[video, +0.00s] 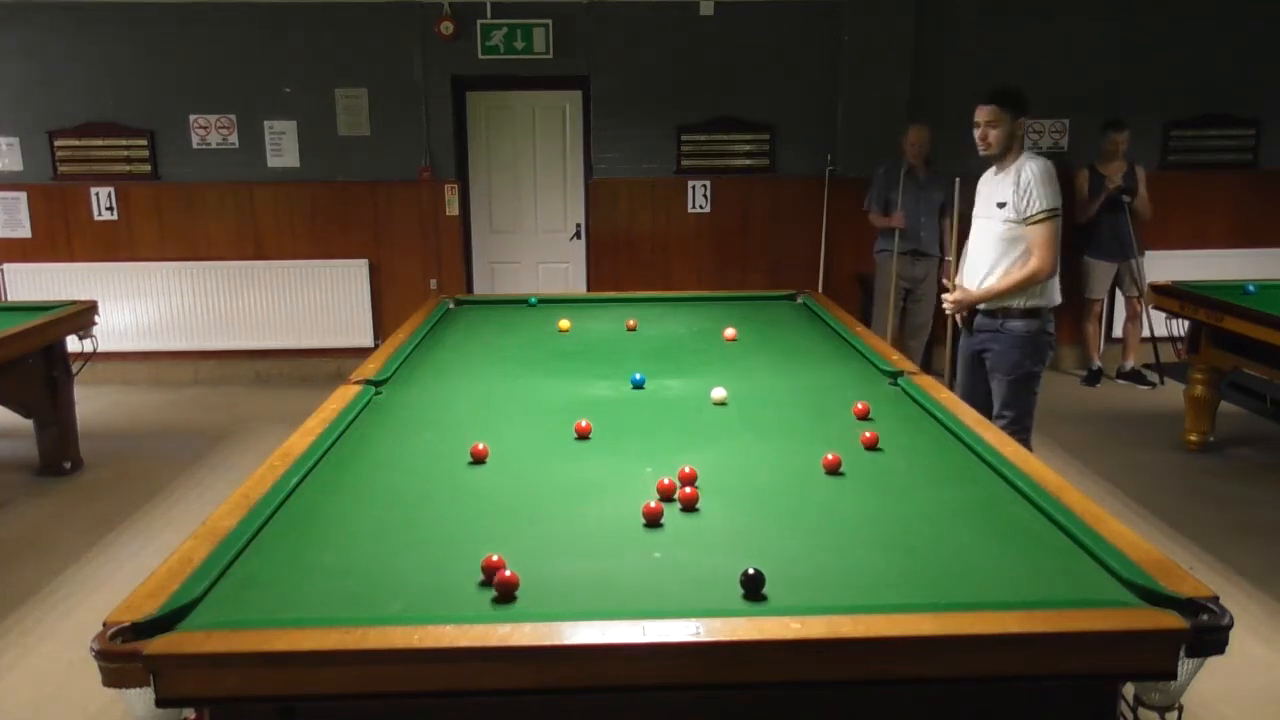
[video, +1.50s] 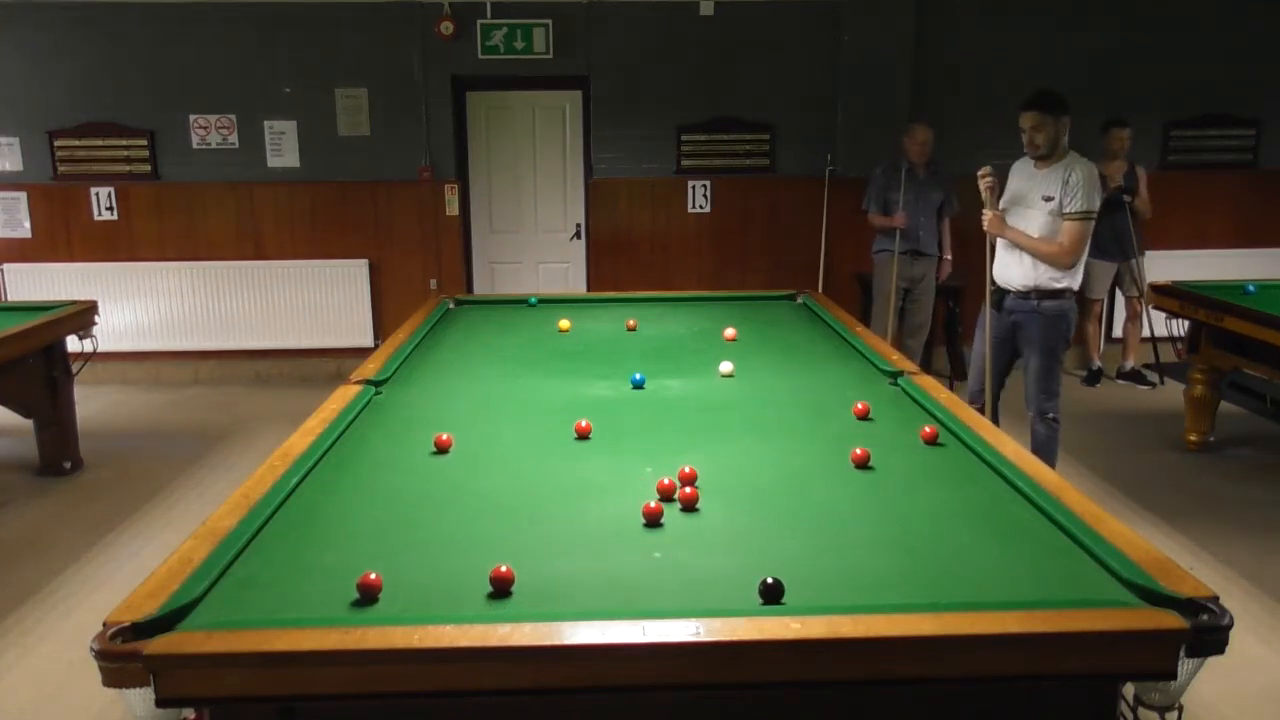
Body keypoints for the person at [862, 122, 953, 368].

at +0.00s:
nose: (917, 150)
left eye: (922, 145)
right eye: (912, 145)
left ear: (929, 147)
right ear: (904, 145)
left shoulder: (938, 179)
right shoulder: (888, 175)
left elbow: (946, 221)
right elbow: (874, 216)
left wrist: (949, 261)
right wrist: (889, 221)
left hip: (928, 259)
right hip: (893, 257)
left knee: (918, 331)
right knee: (885, 326)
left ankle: (909, 386)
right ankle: (878, 383)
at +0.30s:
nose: (914, 150)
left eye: (919, 145)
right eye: (910, 144)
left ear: (927, 146)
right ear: (901, 144)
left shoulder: (936, 178)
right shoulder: (886, 175)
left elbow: (944, 220)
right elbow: (871, 217)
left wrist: (947, 258)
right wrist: (886, 221)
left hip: (927, 258)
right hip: (891, 256)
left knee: (918, 330)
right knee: (885, 326)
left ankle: (909, 386)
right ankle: (877, 383)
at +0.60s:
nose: (913, 149)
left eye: (918, 144)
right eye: (909, 144)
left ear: (926, 145)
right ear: (900, 144)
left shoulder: (935, 177)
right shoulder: (885, 174)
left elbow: (943, 219)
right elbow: (871, 217)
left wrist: (946, 257)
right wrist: (884, 222)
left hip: (926, 258)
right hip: (890, 256)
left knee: (917, 330)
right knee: (884, 325)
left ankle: (907, 385)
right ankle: (877, 382)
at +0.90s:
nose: (918, 149)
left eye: (923, 144)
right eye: (913, 144)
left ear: (929, 146)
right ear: (903, 144)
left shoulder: (936, 177)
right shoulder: (885, 174)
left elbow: (943, 219)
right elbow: (871, 217)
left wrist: (946, 256)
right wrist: (885, 222)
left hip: (926, 259)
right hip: (890, 257)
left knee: (917, 329)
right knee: (884, 325)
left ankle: (908, 384)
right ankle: (878, 381)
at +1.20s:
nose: (920, 149)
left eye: (925, 144)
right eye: (916, 143)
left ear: (931, 147)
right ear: (905, 143)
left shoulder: (936, 177)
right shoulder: (886, 174)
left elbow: (943, 219)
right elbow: (872, 217)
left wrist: (945, 257)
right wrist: (888, 222)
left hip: (926, 259)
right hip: (891, 257)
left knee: (918, 328)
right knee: (884, 324)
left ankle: (907, 383)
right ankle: (878, 380)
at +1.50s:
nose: (922, 149)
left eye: (926, 144)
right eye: (917, 143)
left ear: (932, 147)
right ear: (906, 143)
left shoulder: (937, 177)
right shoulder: (886, 174)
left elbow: (944, 219)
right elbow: (873, 218)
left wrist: (947, 256)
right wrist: (891, 222)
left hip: (927, 258)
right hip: (891, 256)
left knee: (918, 327)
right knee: (884, 324)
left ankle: (907, 382)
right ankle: (877, 378)